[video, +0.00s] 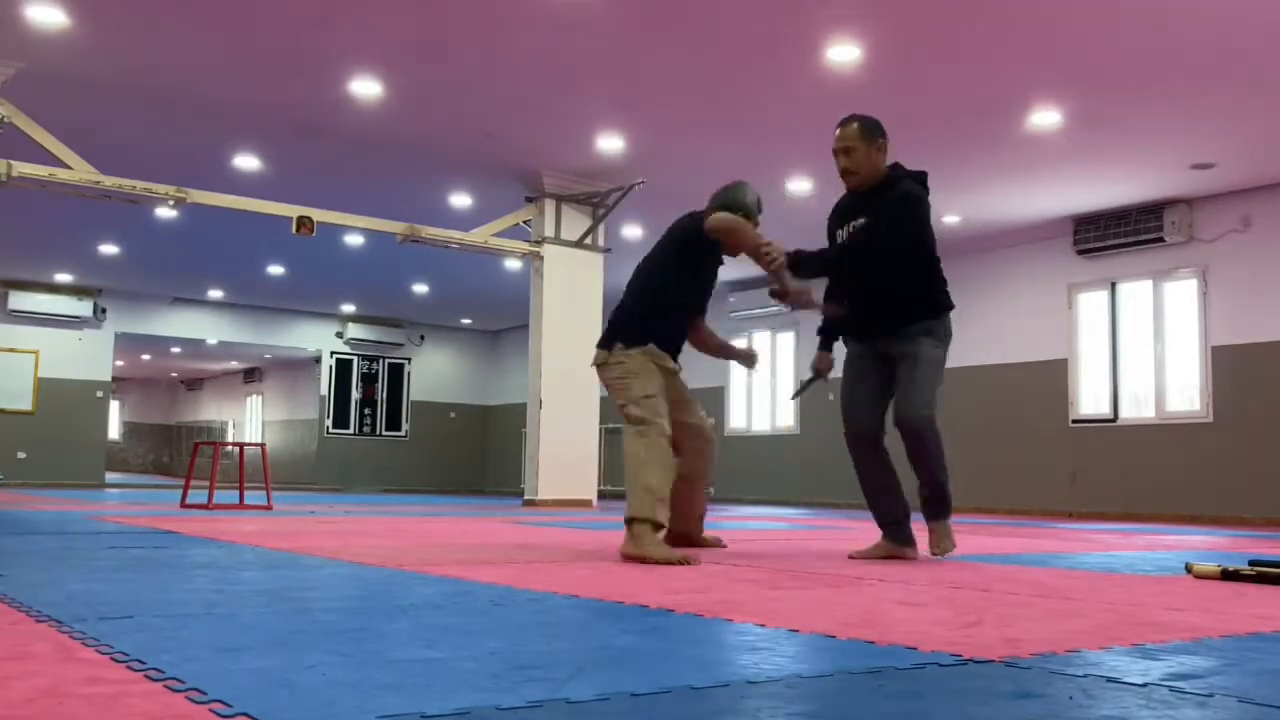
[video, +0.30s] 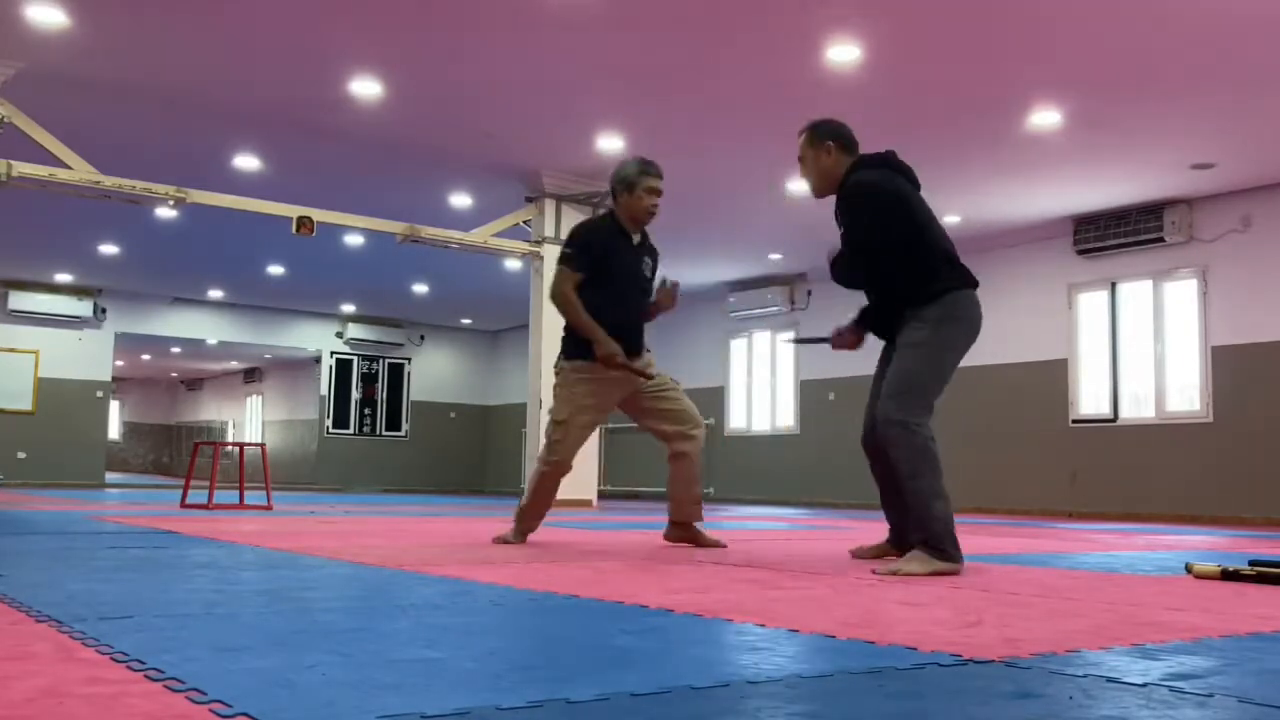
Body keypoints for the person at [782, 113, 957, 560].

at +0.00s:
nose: (841, 163)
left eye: (849, 152)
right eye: (836, 154)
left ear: (880, 149)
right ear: (835, 156)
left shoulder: (906, 193)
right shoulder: (843, 212)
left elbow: (867, 251)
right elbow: (840, 281)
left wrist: (797, 262)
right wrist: (825, 347)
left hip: (920, 328)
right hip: (866, 334)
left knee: (914, 417)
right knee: (859, 432)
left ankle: (937, 517)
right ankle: (897, 537)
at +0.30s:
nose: (801, 170)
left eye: (804, 159)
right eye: (800, 161)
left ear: (830, 152)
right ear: (833, 153)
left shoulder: (869, 185)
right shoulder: (859, 194)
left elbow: (859, 270)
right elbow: (894, 277)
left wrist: (838, 262)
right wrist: (860, 326)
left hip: (944, 309)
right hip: (915, 317)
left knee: (900, 420)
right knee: (877, 431)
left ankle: (939, 550)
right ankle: (905, 539)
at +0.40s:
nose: (803, 186)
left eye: (802, 173)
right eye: (799, 175)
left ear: (825, 160)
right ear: (828, 162)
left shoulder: (882, 179)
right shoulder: (850, 222)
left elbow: (911, 229)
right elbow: (838, 297)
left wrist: (851, 269)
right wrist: (771, 305)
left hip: (953, 314)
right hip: (933, 321)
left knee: (887, 418)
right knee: (905, 434)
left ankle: (937, 548)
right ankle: (985, 532)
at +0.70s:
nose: (801, 184)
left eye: (802, 170)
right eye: (799, 173)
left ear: (824, 157)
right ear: (830, 160)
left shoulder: (888, 180)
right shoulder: (848, 223)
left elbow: (932, 241)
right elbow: (814, 282)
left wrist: (862, 282)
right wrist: (748, 308)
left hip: (950, 318)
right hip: (942, 324)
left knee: (875, 423)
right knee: (947, 448)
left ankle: (935, 550)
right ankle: (1039, 537)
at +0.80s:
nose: (799, 179)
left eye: (798, 165)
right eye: (796, 168)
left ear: (818, 152)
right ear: (834, 150)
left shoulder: (855, 187)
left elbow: (838, 267)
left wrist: (803, 268)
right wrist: (840, 322)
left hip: (933, 314)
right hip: (944, 311)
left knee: (867, 428)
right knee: (889, 425)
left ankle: (934, 550)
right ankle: (972, 516)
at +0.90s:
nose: (793, 181)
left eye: (793, 170)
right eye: (790, 172)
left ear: (813, 158)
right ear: (841, 156)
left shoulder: (819, 200)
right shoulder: (900, 185)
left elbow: (770, 268)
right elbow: (964, 227)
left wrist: (777, 246)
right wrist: (945, 288)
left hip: (906, 315)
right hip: (937, 312)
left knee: (855, 432)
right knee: (863, 425)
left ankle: (936, 549)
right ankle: (856, 535)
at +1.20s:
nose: (772, 206)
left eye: (774, 197)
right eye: (773, 197)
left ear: (790, 190)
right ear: (820, 188)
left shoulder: (785, 227)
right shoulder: (873, 219)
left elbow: (714, 274)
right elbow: (930, 264)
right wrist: (903, 313)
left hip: (858, 339)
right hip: (900, 340)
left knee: (814, 453)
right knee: (818, 428)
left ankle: (898, 523)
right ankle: (838, 538)